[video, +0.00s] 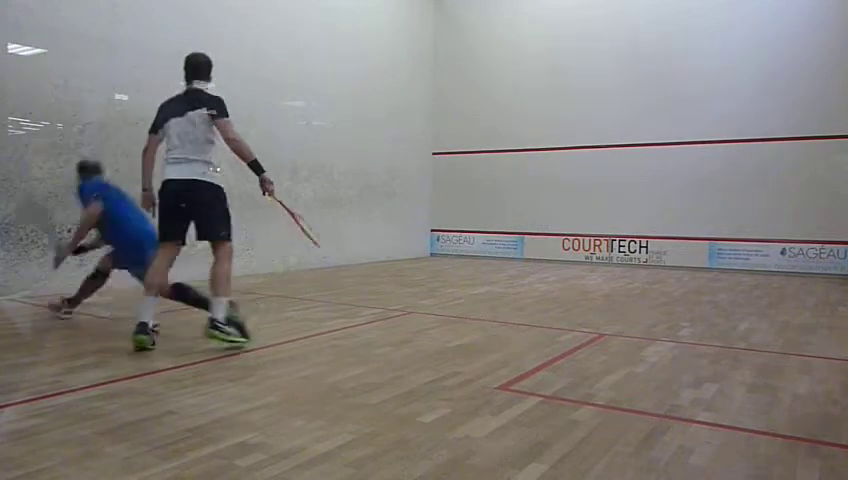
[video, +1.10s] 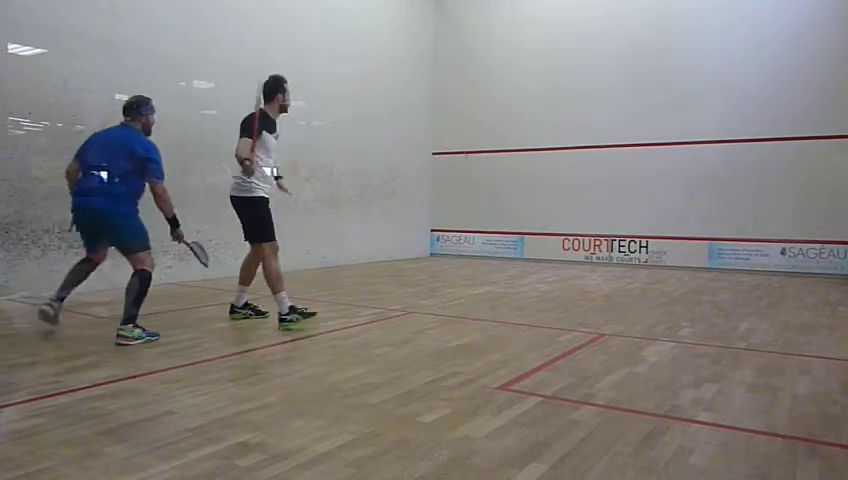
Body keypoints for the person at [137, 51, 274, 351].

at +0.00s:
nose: (210, 81)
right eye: (211, 76)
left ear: (185, 75)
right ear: (209, 77)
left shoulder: (167, 107)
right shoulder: (213, 102)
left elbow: (149, 149)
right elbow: (232, 139)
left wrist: (147, 189)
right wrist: (261, 172)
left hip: (171, 187)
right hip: (206, 186)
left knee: (167, 250)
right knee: (222, 251)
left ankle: (145, 322)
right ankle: (218, 320)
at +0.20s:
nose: (236, 83)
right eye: (239, 79)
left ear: (215, 80)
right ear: (238, 81)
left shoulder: (199, 111)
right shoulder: (245, 109)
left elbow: (178, 152)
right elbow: (257, 149)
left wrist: (174, 192)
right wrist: (275, 187)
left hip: (205, 194)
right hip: (239, 195)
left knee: (198, 251)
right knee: (248, 255)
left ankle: (167, 300)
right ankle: (247, 324)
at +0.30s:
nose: (246, 82)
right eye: (248, 77)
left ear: (225, 79)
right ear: (249, 79)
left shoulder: (208, 109)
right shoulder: (258, 108)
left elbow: (188, 148)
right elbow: (271, 149)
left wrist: (187, 187)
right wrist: (279, 186)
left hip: (216, 189)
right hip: (250, 189)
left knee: (211, 245)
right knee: (263, 248)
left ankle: (196, 300)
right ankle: (258, 312)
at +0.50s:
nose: (264, 107)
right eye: (264, 103)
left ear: (241, 107)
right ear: (263, 107)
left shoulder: (226, 133)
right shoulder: (273, 135)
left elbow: (205, 167)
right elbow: (289, 177)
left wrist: (199, 203)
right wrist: (290, 202)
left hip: (230, 205)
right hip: (263, 207)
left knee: (237, 250)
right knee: (282, 261)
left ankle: (226, 307)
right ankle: (282, 315)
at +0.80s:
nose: (288, 102)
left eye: (286, 97)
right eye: (287, 97)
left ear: (265, 101)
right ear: (283, 100)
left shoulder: (251, 128)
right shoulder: (282, 129)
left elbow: (233, 162)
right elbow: (284, 173)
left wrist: (241, 197)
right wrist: (300, 206)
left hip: (248, 201)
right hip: (271, 201)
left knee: (268, 245)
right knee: (302, 248)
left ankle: (238, 297)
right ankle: (300, 313)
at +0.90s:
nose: (289, 98)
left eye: (287, 94)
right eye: (287, 94)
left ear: (266, 98)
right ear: (283, 97)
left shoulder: (257, 122)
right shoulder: (274, 123)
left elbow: (240, 157)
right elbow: (269, 157)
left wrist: (257, 181)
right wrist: (281, 193)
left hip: (248, 197)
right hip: (266, 196)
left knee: (268, 247)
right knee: (295, 248)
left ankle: (242, 302)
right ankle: (299, 313)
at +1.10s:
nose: (288, 100)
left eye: (287, 95)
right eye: (286, 95)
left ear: (271, 96)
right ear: (278, 96)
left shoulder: (271, 123)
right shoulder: (254, 120)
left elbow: (265, 155)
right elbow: (241, 153)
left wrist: (276, 177)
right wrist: (247, 164)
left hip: (255, 193)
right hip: (250, 194)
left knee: (257, 251)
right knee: (270, 250)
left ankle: (239, 303)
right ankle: (285, 310)